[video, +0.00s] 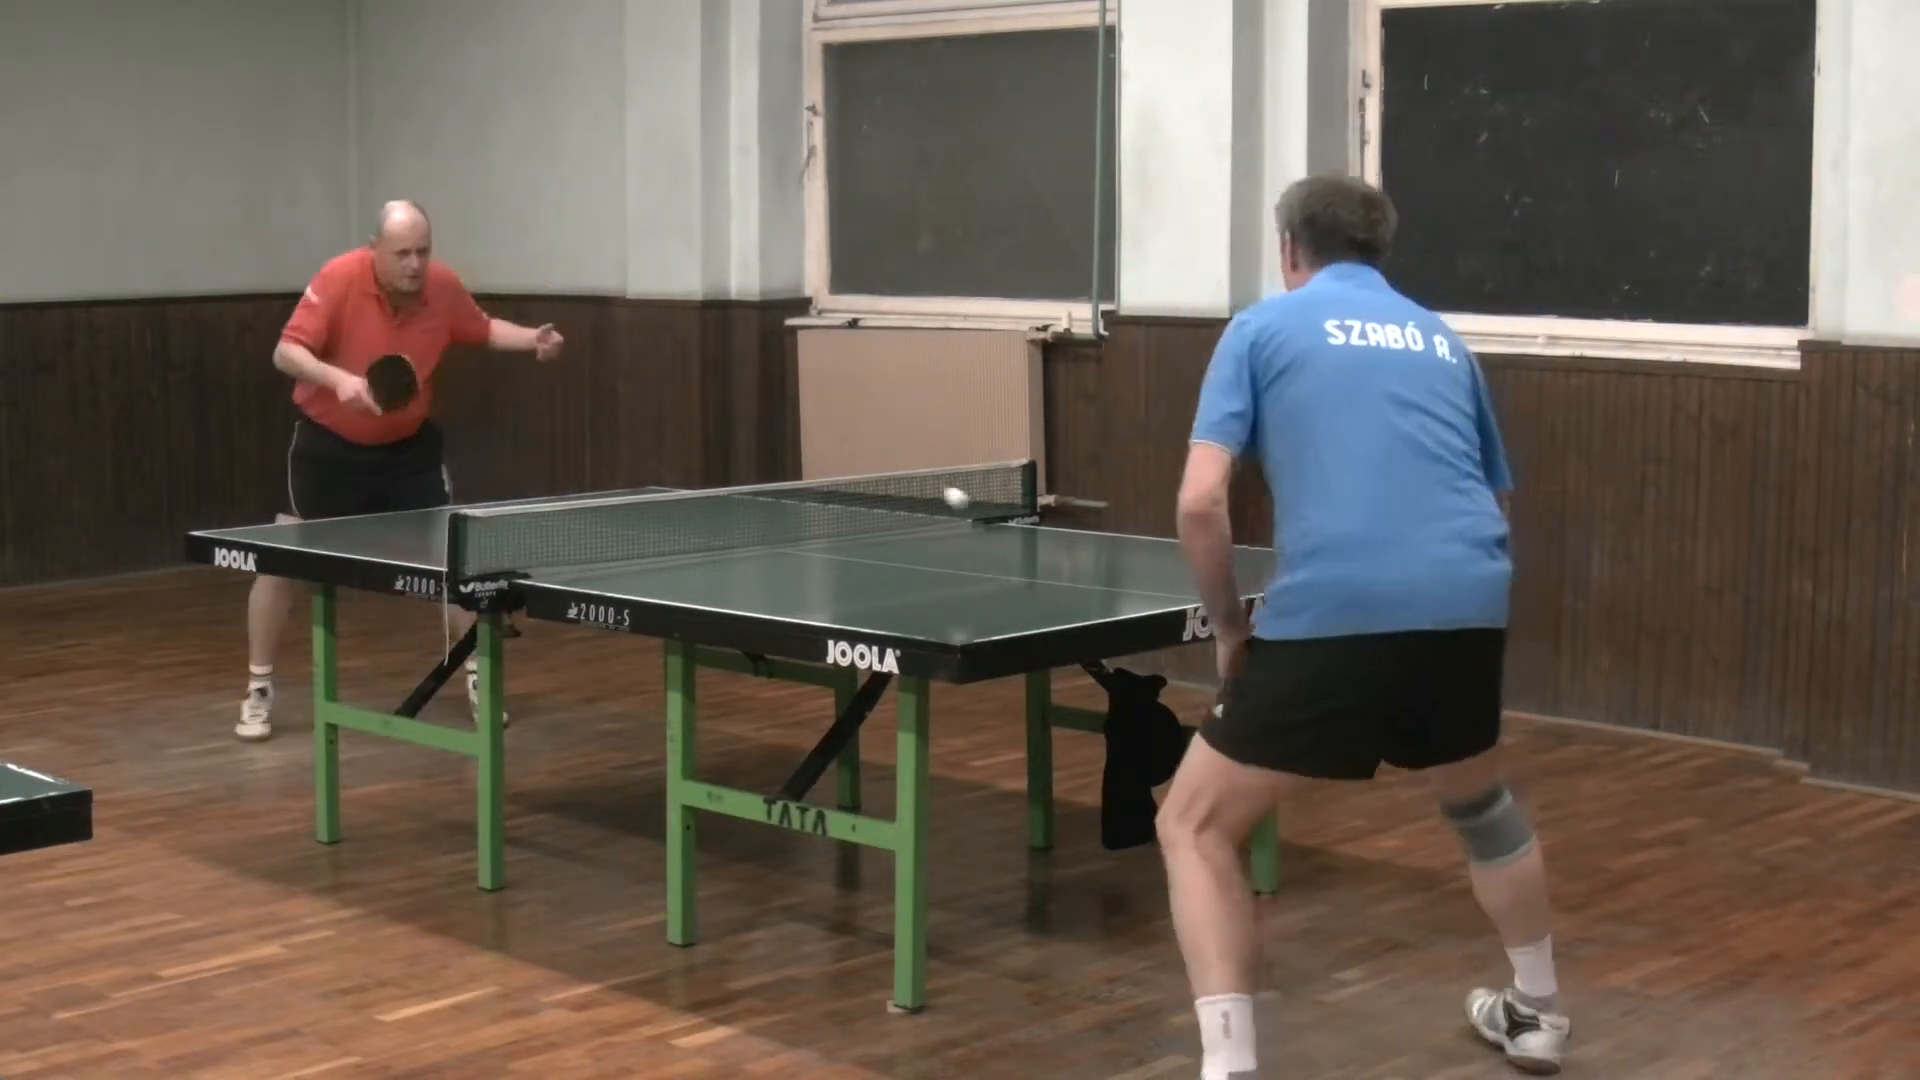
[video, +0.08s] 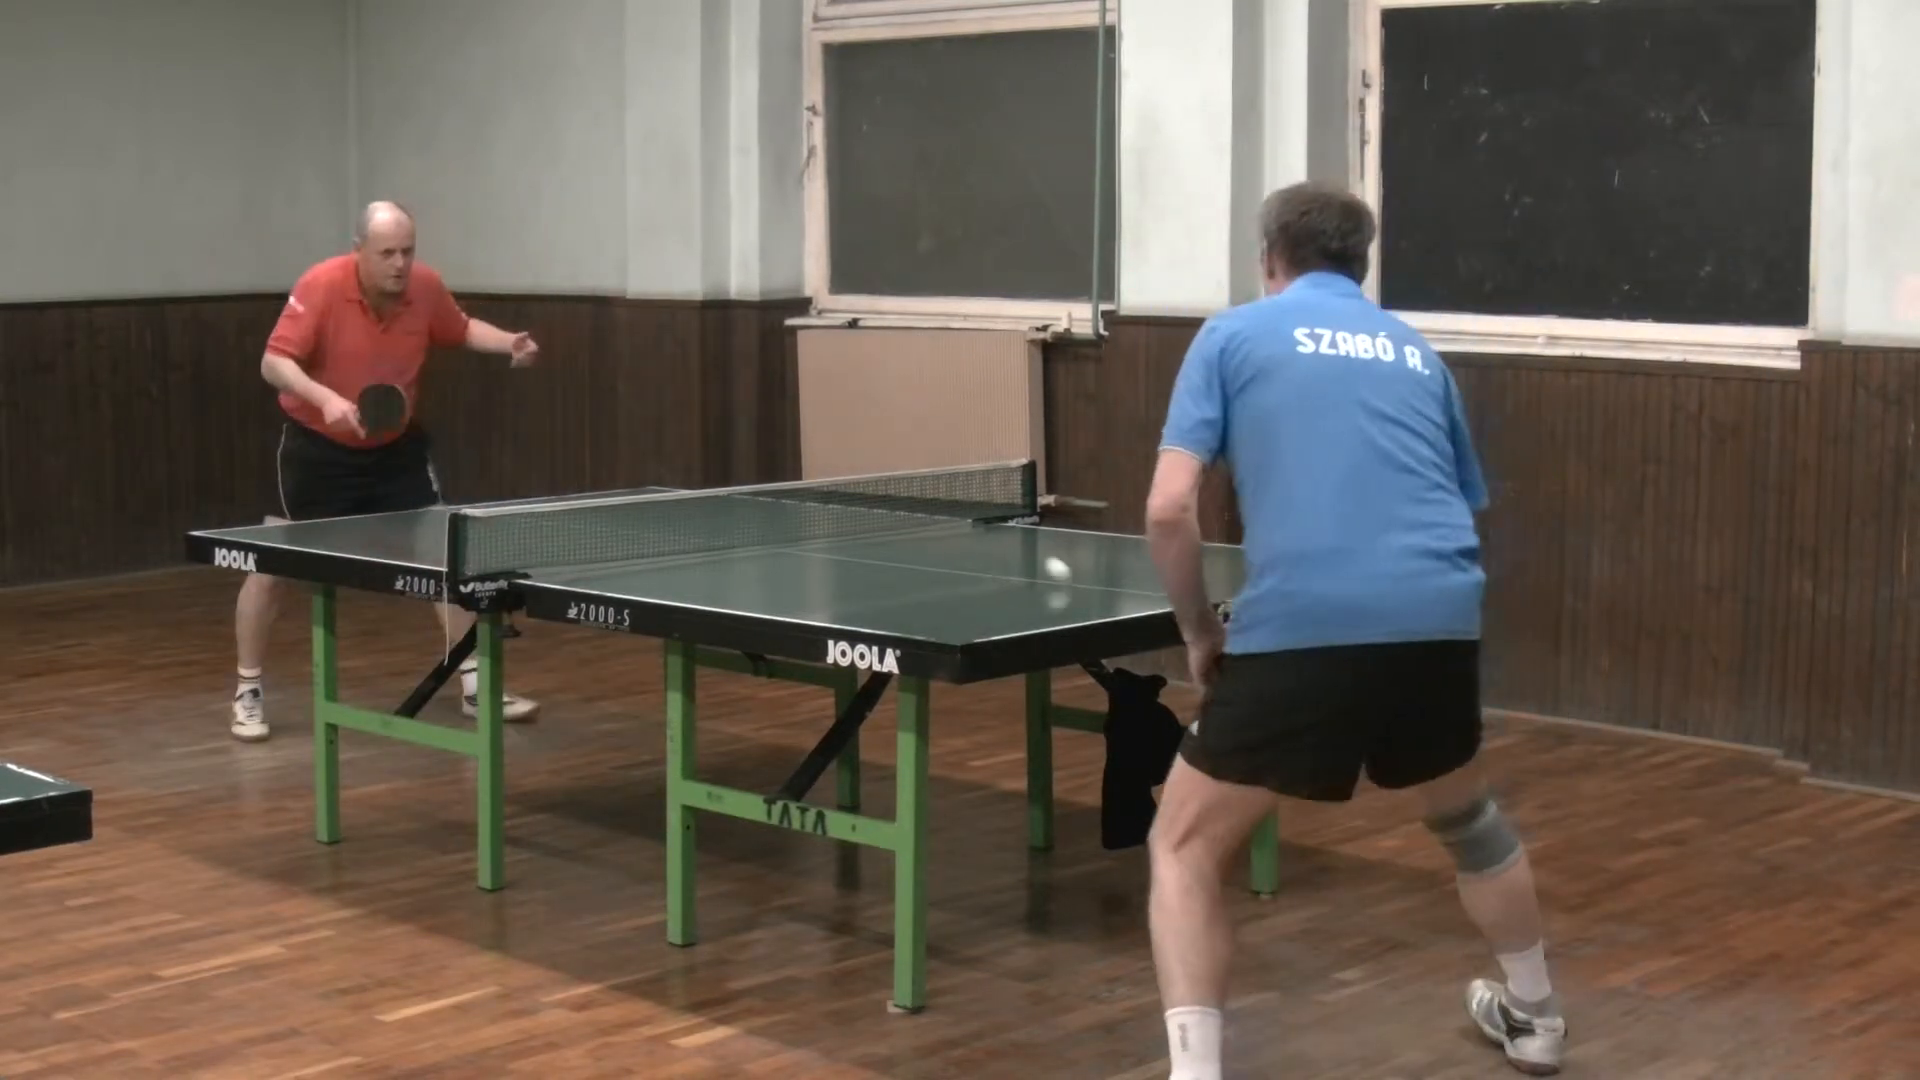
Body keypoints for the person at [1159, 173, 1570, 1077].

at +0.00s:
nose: (1274, 270)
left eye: (1276, 256)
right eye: (1279, 257)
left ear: (1294, 255)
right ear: (1381, 255)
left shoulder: (1262, 327)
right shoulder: (1444, 338)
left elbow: (1202, 502)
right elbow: (1496, 508)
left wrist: (1227, 623)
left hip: (1331, 618)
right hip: (1467, 618)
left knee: (1195, 823)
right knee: (1482, 802)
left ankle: (1229, 1060)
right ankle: (1540, 1009)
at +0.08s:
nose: (1257, 277)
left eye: (1259, 265)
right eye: (1265, 266)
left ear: (1273, 265)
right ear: (1360, 268)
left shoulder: (1233, 336)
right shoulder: (1418, 352)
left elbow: (1168, 508)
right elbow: (1468, 511)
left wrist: (1198, 630)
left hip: (1300, 639)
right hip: (1438, 636)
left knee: (1187, 845)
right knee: (1469, 817)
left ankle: (1194, 1064)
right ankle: (1535, 1011)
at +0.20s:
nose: (1224, 283)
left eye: (1226, 272)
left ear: (1239, 272)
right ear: (1326, 281)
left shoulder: (1197, 339)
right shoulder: (1379, 367)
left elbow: (1131, 510)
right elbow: (1387, 522)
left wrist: (1151, 641)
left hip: (1267, 644)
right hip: (1405, 639)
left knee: (1146, 845)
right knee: (1423, 801)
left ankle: (1179, 1067)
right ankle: (1519, 1014)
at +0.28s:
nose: (1214, 290)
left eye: (1215, 279)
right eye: (1219, 281)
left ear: (1230, 279)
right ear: (1315, 286)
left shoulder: (1196, 338)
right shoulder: (1363, 372)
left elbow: (1127, 504)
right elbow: (1352, 527)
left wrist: (1120, 647)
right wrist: (1215, 653)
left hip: (1258, 648)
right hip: (1399, 644)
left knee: (1133, 847)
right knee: (1407, 786)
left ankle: (1176, 1067)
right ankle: (1468, 1013)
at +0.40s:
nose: (1215, 280)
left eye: (1216, 267)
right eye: (1222, 269)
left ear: (1230, 267)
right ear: (1313, 274)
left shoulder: (1209, 334)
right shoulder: (1360, 359)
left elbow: (1149, 491)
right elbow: (1321, 561)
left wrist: (1096, 640)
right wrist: (1158, 613)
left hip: (1267, 640)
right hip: (1398, 643)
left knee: (1132, 842)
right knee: (1380, 813)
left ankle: (1176, 1068)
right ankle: (1401, 1052)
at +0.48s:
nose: (1218, 252)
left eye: (1218, 238)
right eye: (1224, 239)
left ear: (1233, 238)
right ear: (1318, 242)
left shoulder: (1221, 310)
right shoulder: (1365, 327)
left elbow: (1176, 473)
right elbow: (1331, 529)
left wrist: (1101, 623)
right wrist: (1192, 631)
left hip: (1285, 618)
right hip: (1415, 620)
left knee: (1143, 834)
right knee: (1369, 800)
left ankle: (1179, 1068)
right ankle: (1401, 1049)